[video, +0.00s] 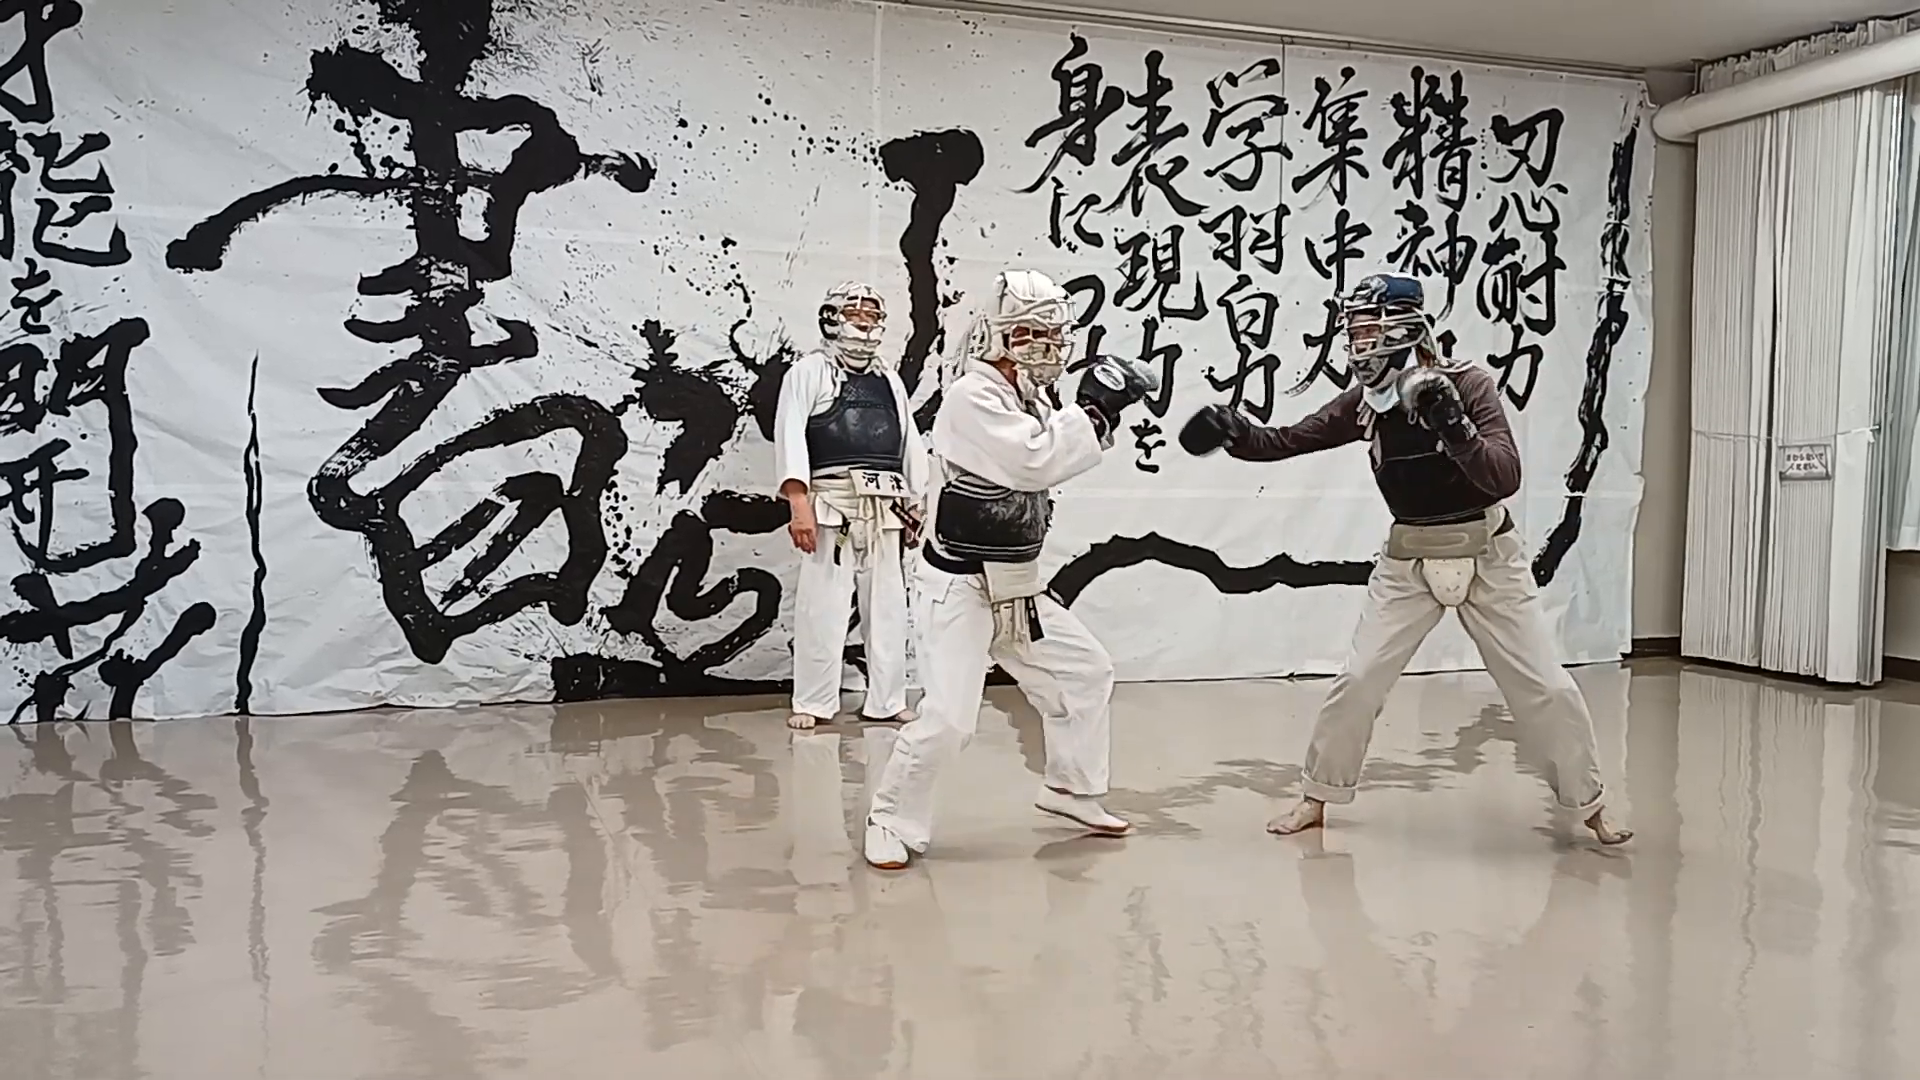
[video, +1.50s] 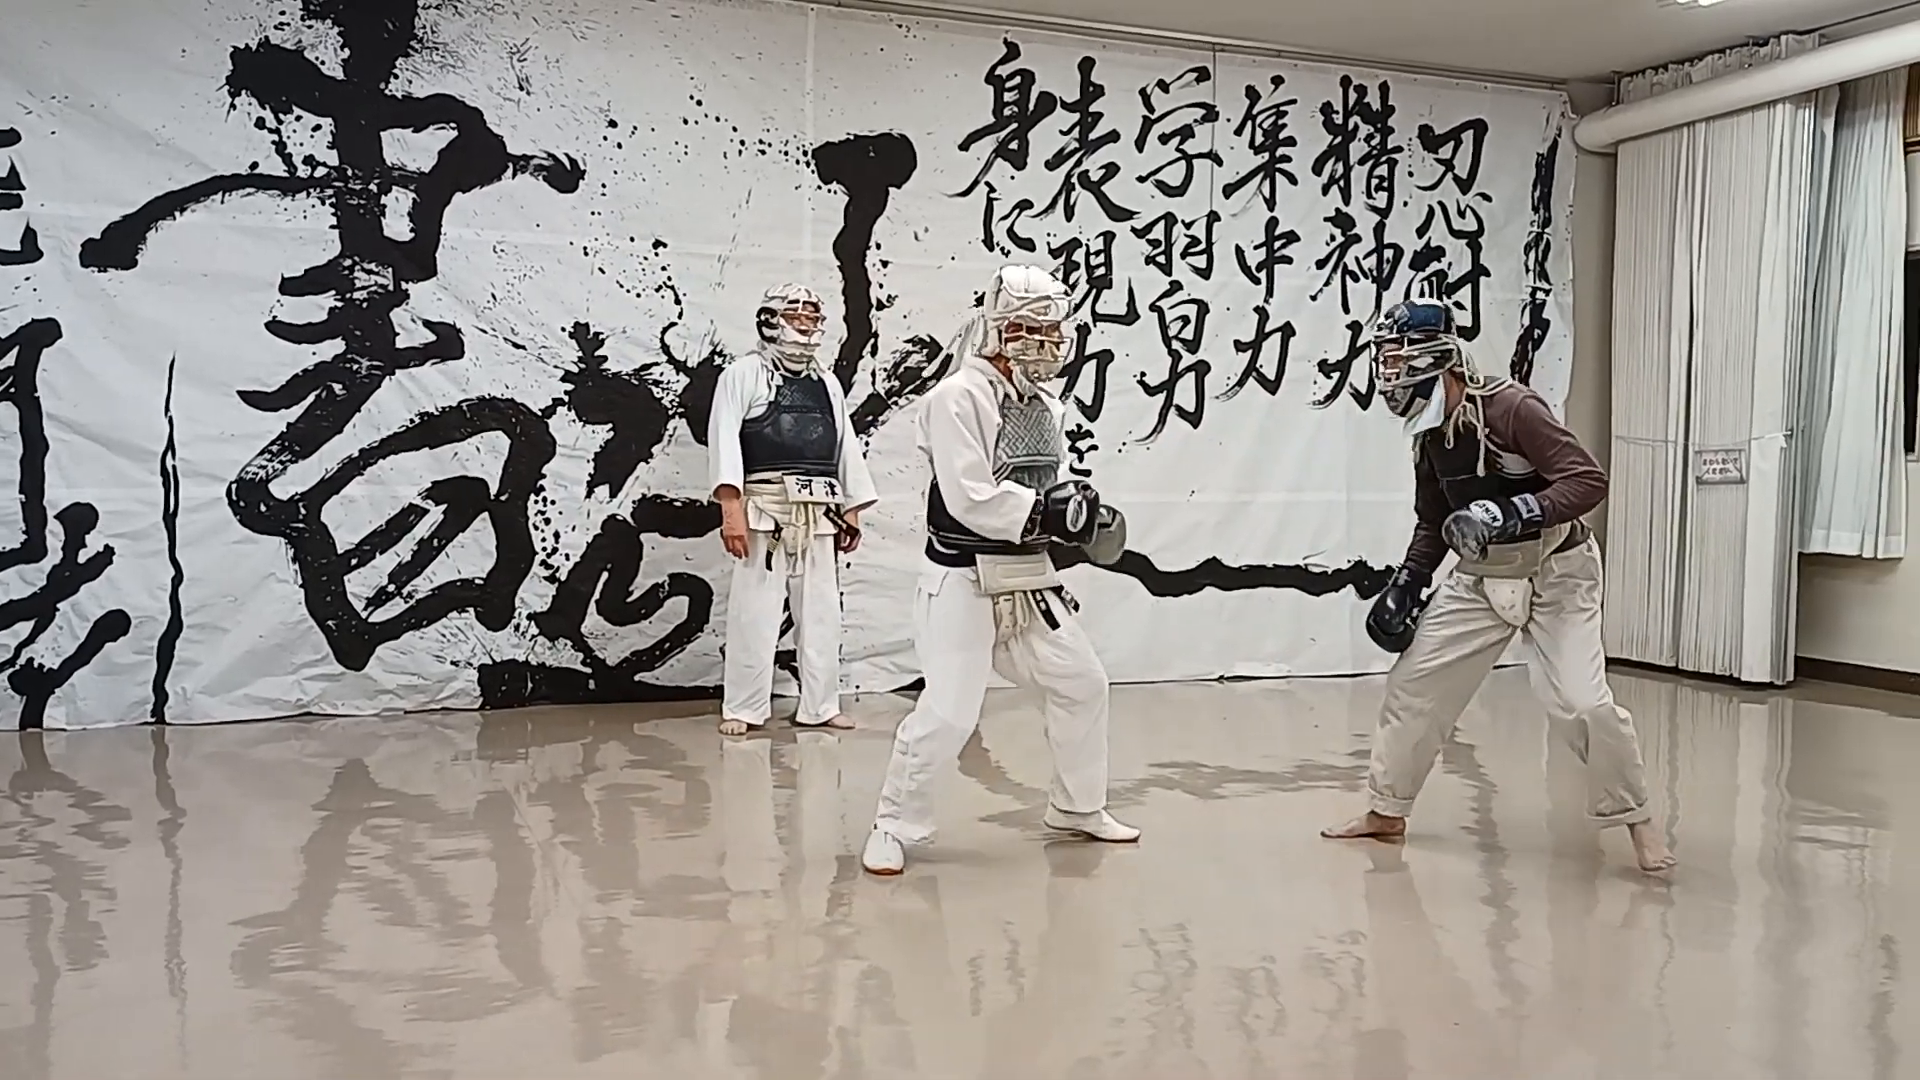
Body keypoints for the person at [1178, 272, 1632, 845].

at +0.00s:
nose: (1356, 340)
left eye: (1369, 328)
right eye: (1353, 329)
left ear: (1406, 328)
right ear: (1354, 334)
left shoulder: (1471, 385)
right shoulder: (1365, 401)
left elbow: (1504, 480)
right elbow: (1285, 440)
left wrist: (1451, 425)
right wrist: (1232, 428)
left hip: (1489, 554)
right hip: (1408, 560)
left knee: (1547, 687)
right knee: (1358, 680)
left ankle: (1591, 806)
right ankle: (1313, 801)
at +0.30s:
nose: (1446, 324)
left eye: (1458, 312)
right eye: (1444, 312)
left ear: (1496, 314)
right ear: (1448, 315)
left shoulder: (1557, 382)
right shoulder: (1453, 387)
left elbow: (1562, 482)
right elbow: (1425, 457)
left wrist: (1518, 422)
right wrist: (1380, 468)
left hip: (1551, 559)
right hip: (1471, 555)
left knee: (1590, 702)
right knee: (1409, 674)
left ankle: (1623, 825)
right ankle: (1373, 802)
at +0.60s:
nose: (1449, 323)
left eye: (1460, 310)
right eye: (1445, 312)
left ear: (1498, 310)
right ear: (1449, 316)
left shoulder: (1563, 373)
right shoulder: (1467, 390)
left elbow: (1589, 468)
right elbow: (1468, 480)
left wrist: (1518, 441)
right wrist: (1455, 540)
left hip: (1568, 550)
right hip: (1491, 547)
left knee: (1601, 699)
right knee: (1427, 672)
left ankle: (1637, 832)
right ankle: (1393, 797)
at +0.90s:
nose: (1428, 362)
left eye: (1439, 348)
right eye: (1425, 350)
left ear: (1479, 347)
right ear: (1430, 355)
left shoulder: (1544, 408)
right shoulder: (1456, 431)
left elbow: (1605, 495)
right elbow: (1448, 511)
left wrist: (1520, 518)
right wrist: (1434, 565)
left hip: (1567, 583)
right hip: (1485, 583)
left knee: (1599, 715)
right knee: (1411, 687)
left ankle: (1660, 839)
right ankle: (1380, 803)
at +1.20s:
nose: (1444, 317)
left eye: (1456, 304)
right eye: (1440, 305)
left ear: (1495, 304)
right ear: (1443, 308)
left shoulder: (1561, 366)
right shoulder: (1468, 385)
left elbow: (1607, 455)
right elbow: (1468, 478)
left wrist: (1520, 452)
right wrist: (1434, 546)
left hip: (1575, 536)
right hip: (1497, 536)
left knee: (1606, 693)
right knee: (1441, 666)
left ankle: (1636, 832)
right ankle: (1412, 802)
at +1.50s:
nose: (1385, 372)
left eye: (1395, 358)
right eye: (1382, 360)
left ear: (1435, 357)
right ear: (1385, 362)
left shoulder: (1511, 406)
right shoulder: (1429, 437)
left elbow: (1587, 482)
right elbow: (1432, 523)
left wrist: (1513, 512)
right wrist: (1407, 585)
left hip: (1558, 575)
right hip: (1476, 579)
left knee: (1584, 703)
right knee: (1412, 681)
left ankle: (1640, 822)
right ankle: (1386, 815)